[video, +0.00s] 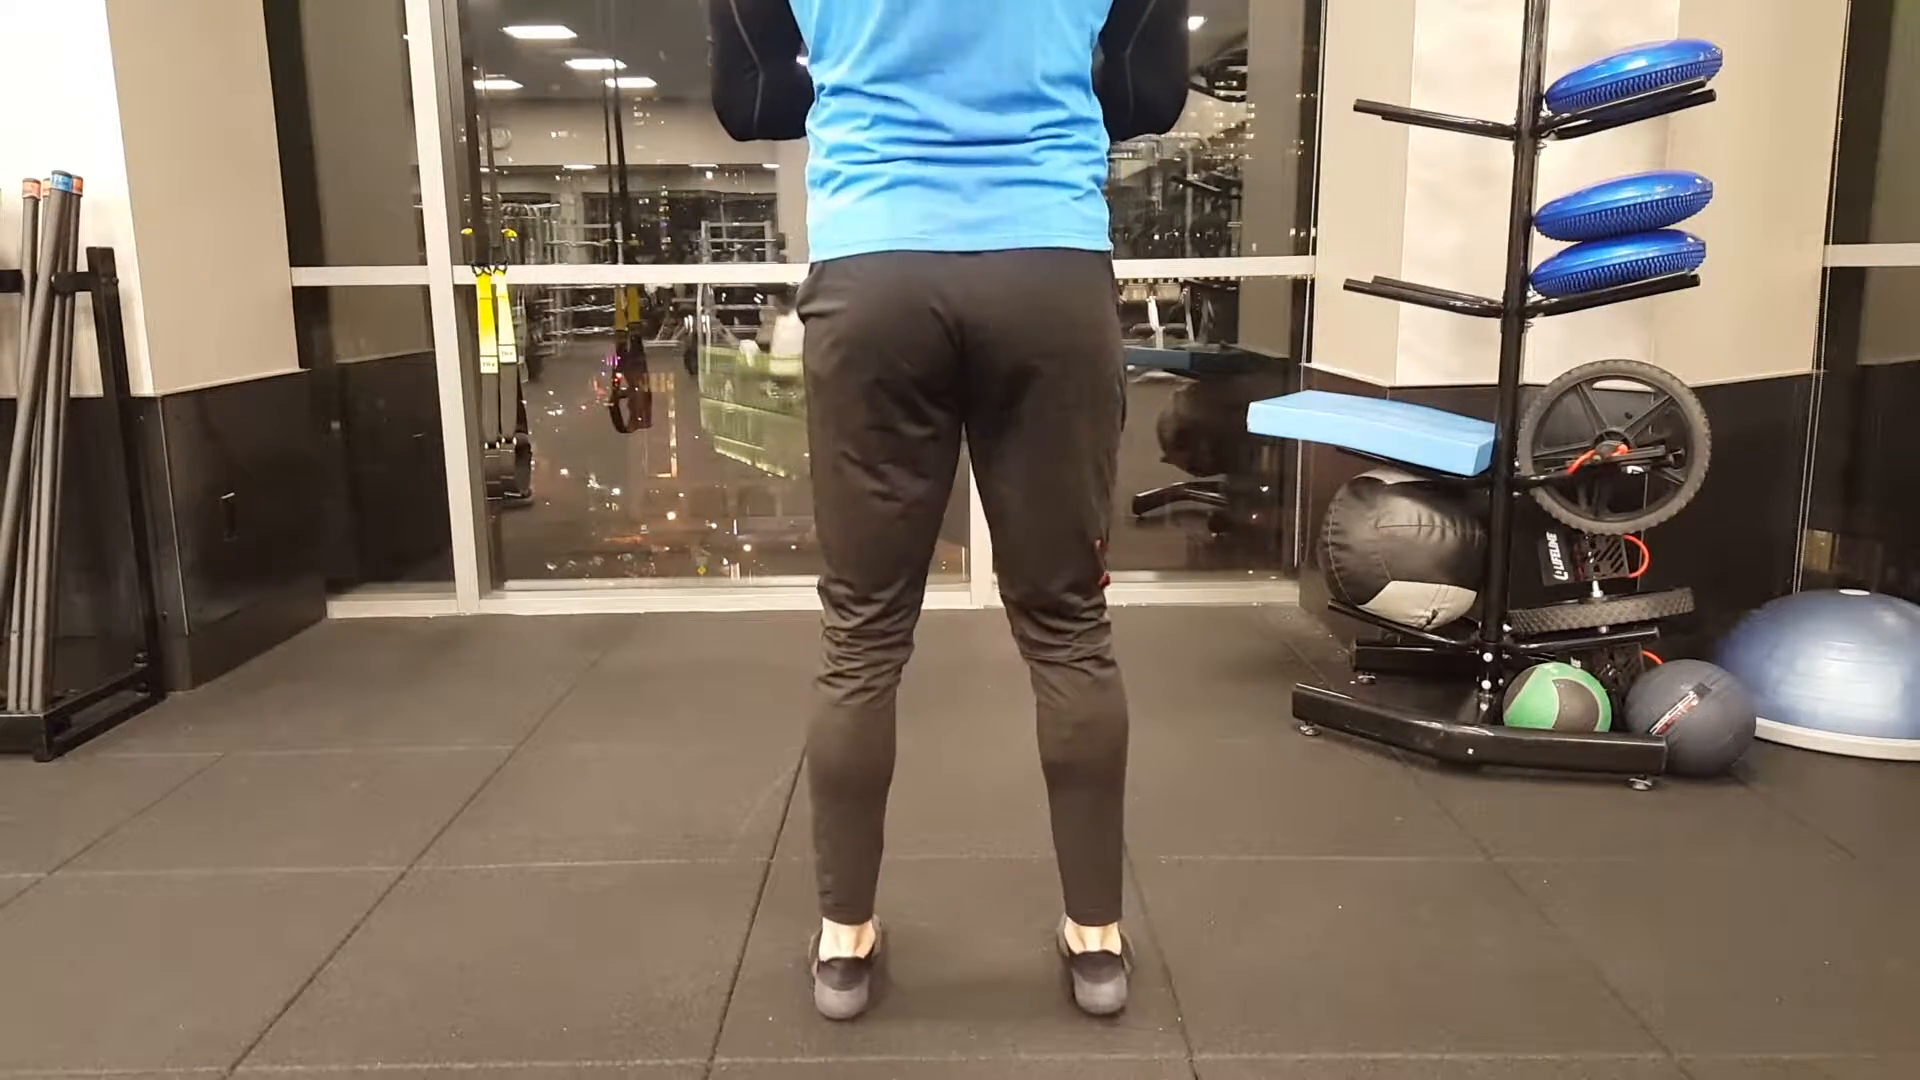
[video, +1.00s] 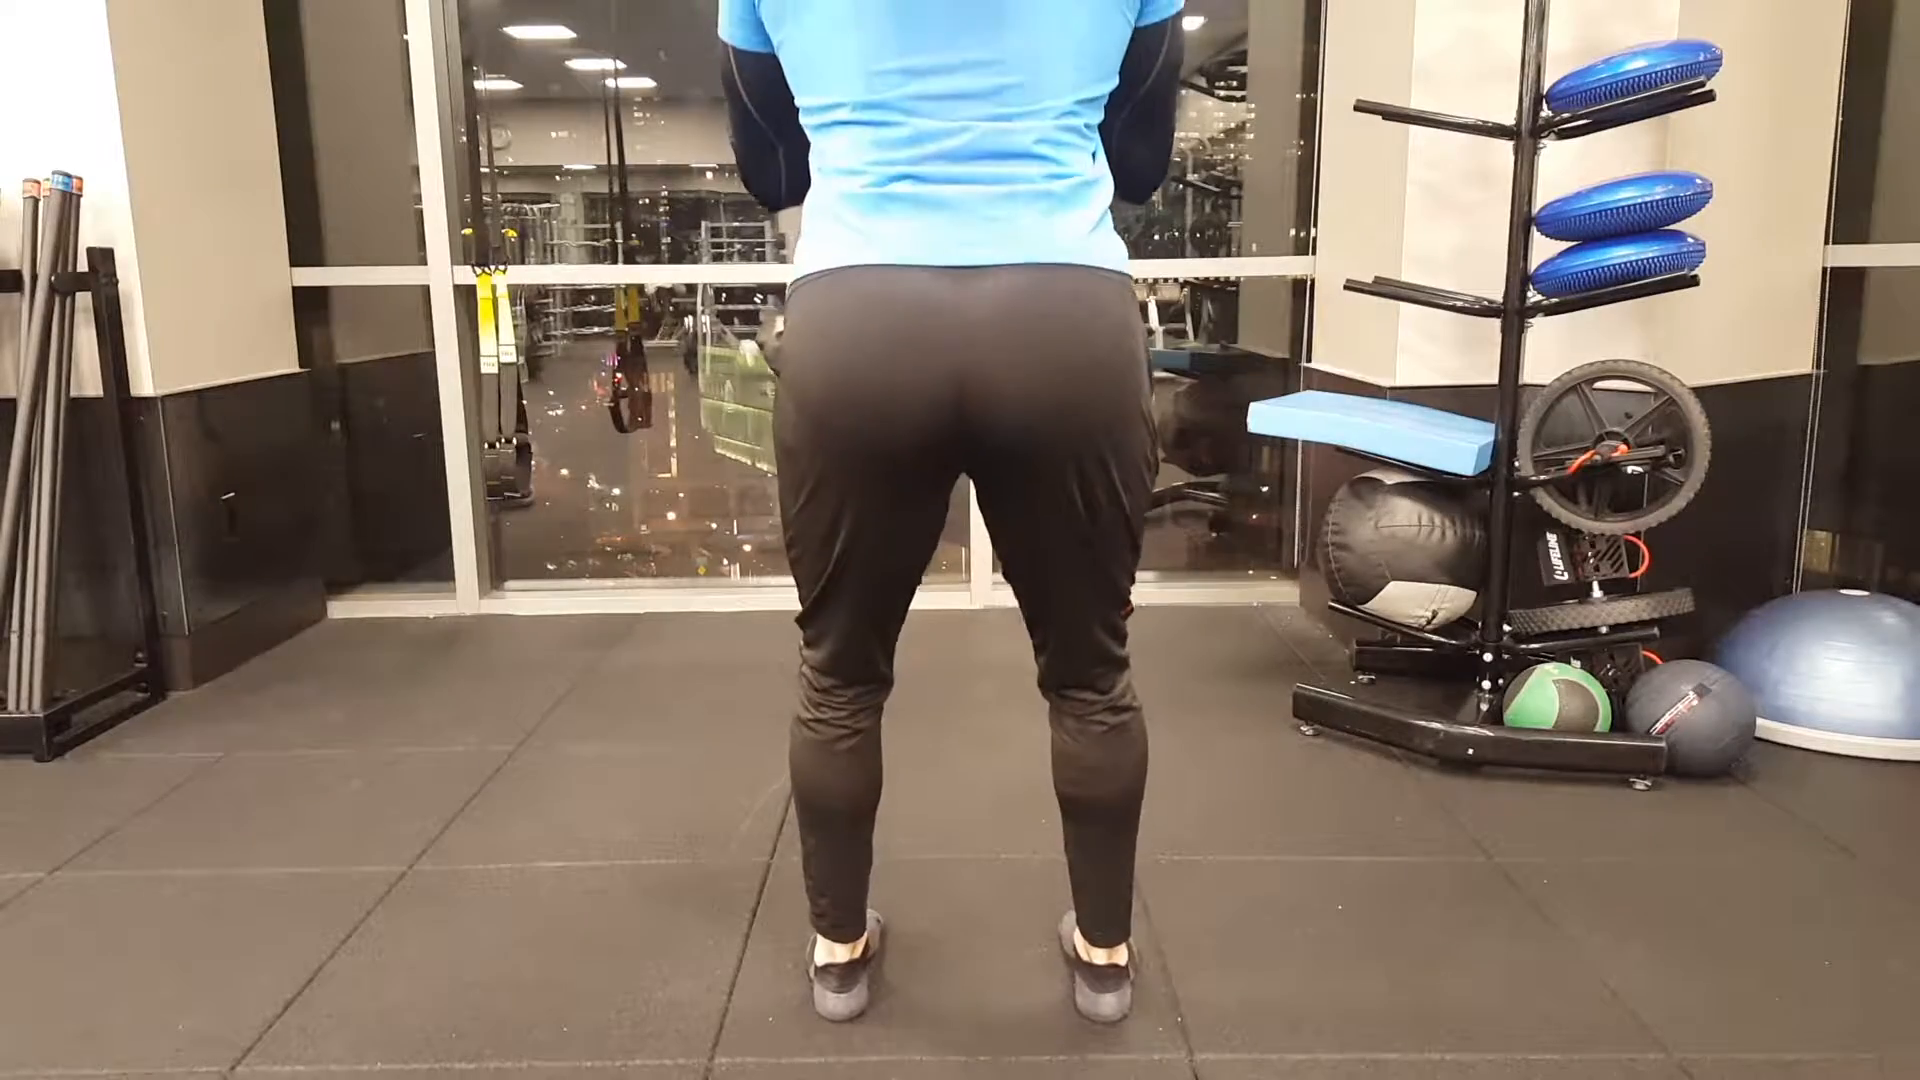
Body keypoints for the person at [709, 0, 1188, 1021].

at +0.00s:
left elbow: (751, 104)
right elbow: (1149, 97)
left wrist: (878, 86)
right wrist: (1021, 100)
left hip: (871, 266)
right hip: (1052, 267)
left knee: (861, 631)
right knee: (1066, 619)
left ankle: (845, 947)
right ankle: (1096, 945)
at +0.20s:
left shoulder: (788, 1)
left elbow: (750, 106)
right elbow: (1148, 100)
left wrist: (870, 59)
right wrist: (1020, 84)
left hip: (866, 268)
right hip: (1052, 267)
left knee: (855, 647)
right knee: (1066, 644)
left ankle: (840, 953)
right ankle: (1097, 957)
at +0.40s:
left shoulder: (782, 2)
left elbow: (752, 113)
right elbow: (1146, 105)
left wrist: (875, 73)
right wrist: (1015, 89)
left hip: (860, 276)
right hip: (1051, 276)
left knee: (850, 651)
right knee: (1072, 645)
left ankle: (840, 952)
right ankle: (1100, 956)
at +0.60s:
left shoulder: (780, 3)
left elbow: (761, 126)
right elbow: (1144, 118)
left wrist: (890, 97)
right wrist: (1014, 100)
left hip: (858, 289)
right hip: (1056, 287)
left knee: (846, 658)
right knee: (1078, 655)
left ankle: (839, 953)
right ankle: (1102, 958)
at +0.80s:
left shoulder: (769, 5)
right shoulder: (1129, 4)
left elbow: (773, 156)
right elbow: (1137, 152)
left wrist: (892, 102)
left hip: (856, 309)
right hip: (1065, 310)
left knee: (840, 664)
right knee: (1085, 661)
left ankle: (839, 955)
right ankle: (1103, 960)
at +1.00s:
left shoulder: (769, 5)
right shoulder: (1132, 2)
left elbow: (774, 171)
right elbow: (1138, 165)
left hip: (853, 311)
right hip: (1068, 312)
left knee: (841, 672)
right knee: (1089, 670)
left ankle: (838, 956)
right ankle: (1106, 959)